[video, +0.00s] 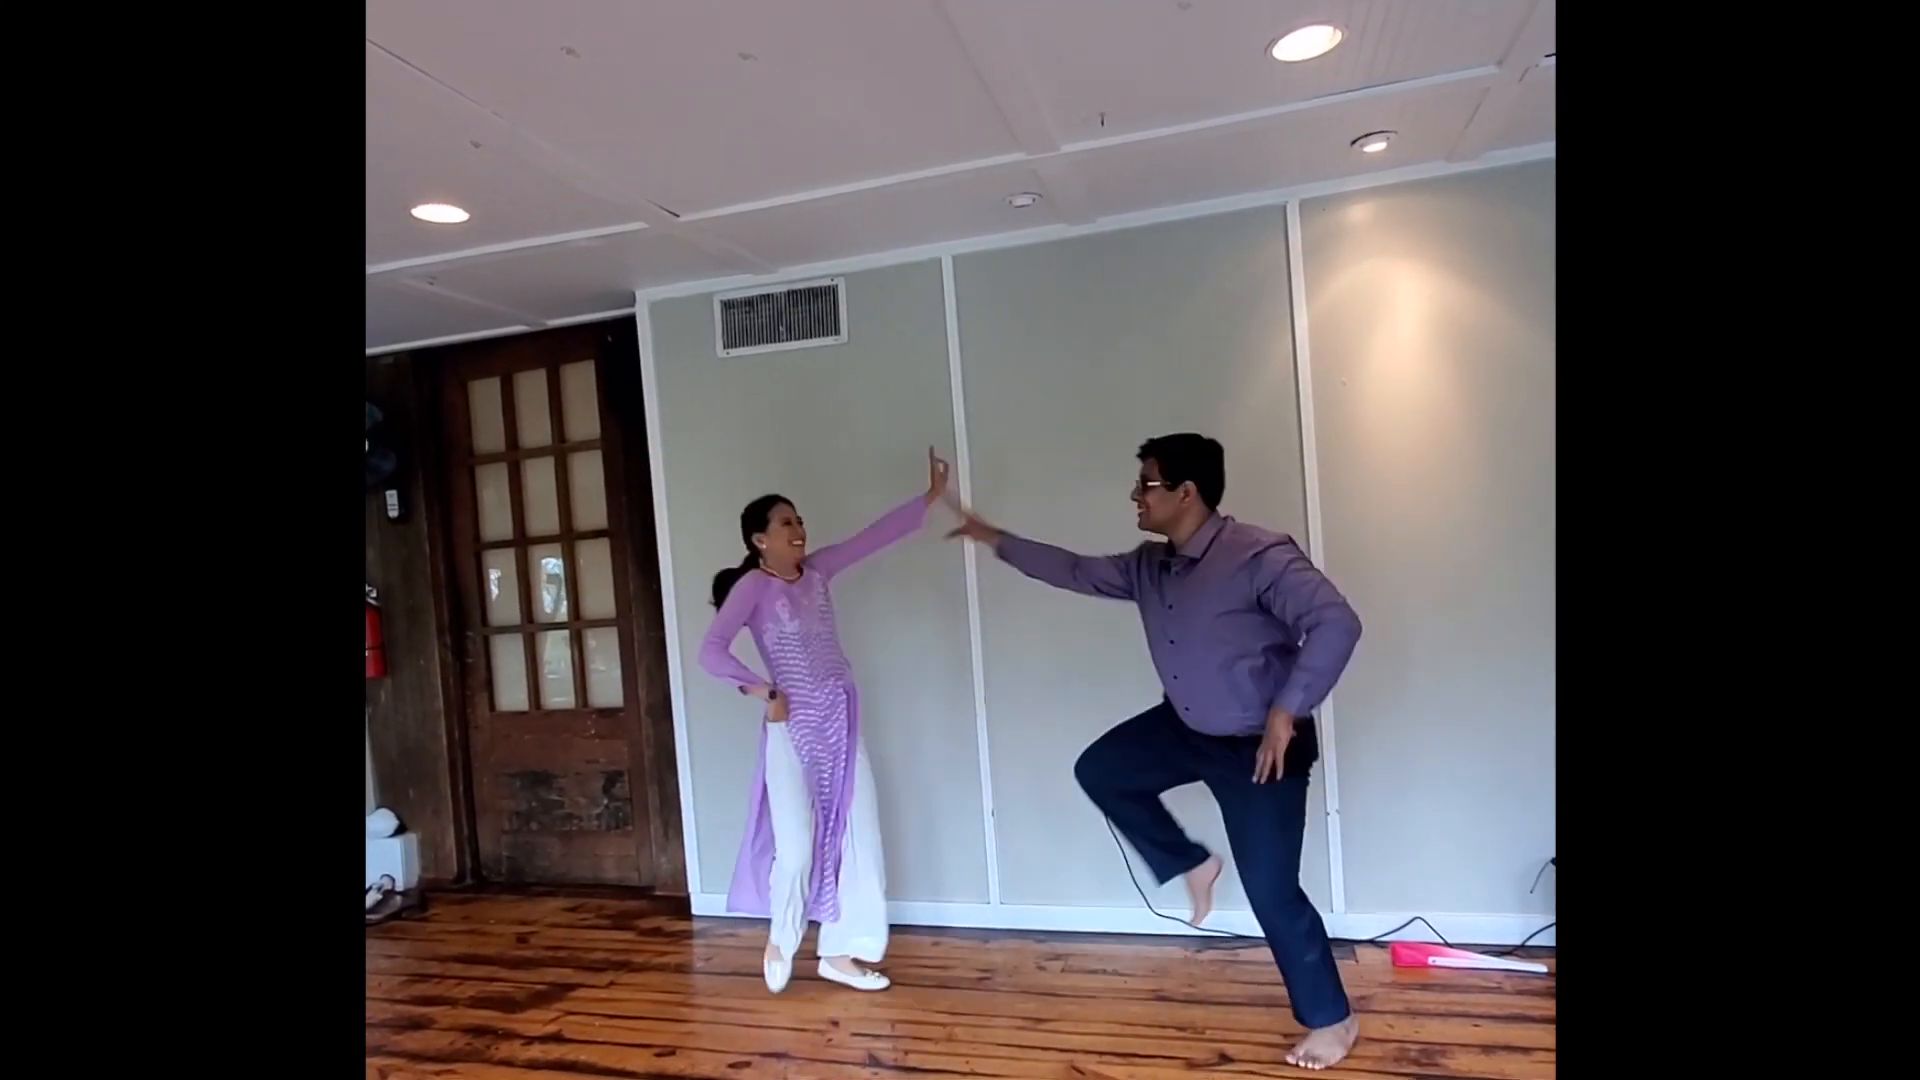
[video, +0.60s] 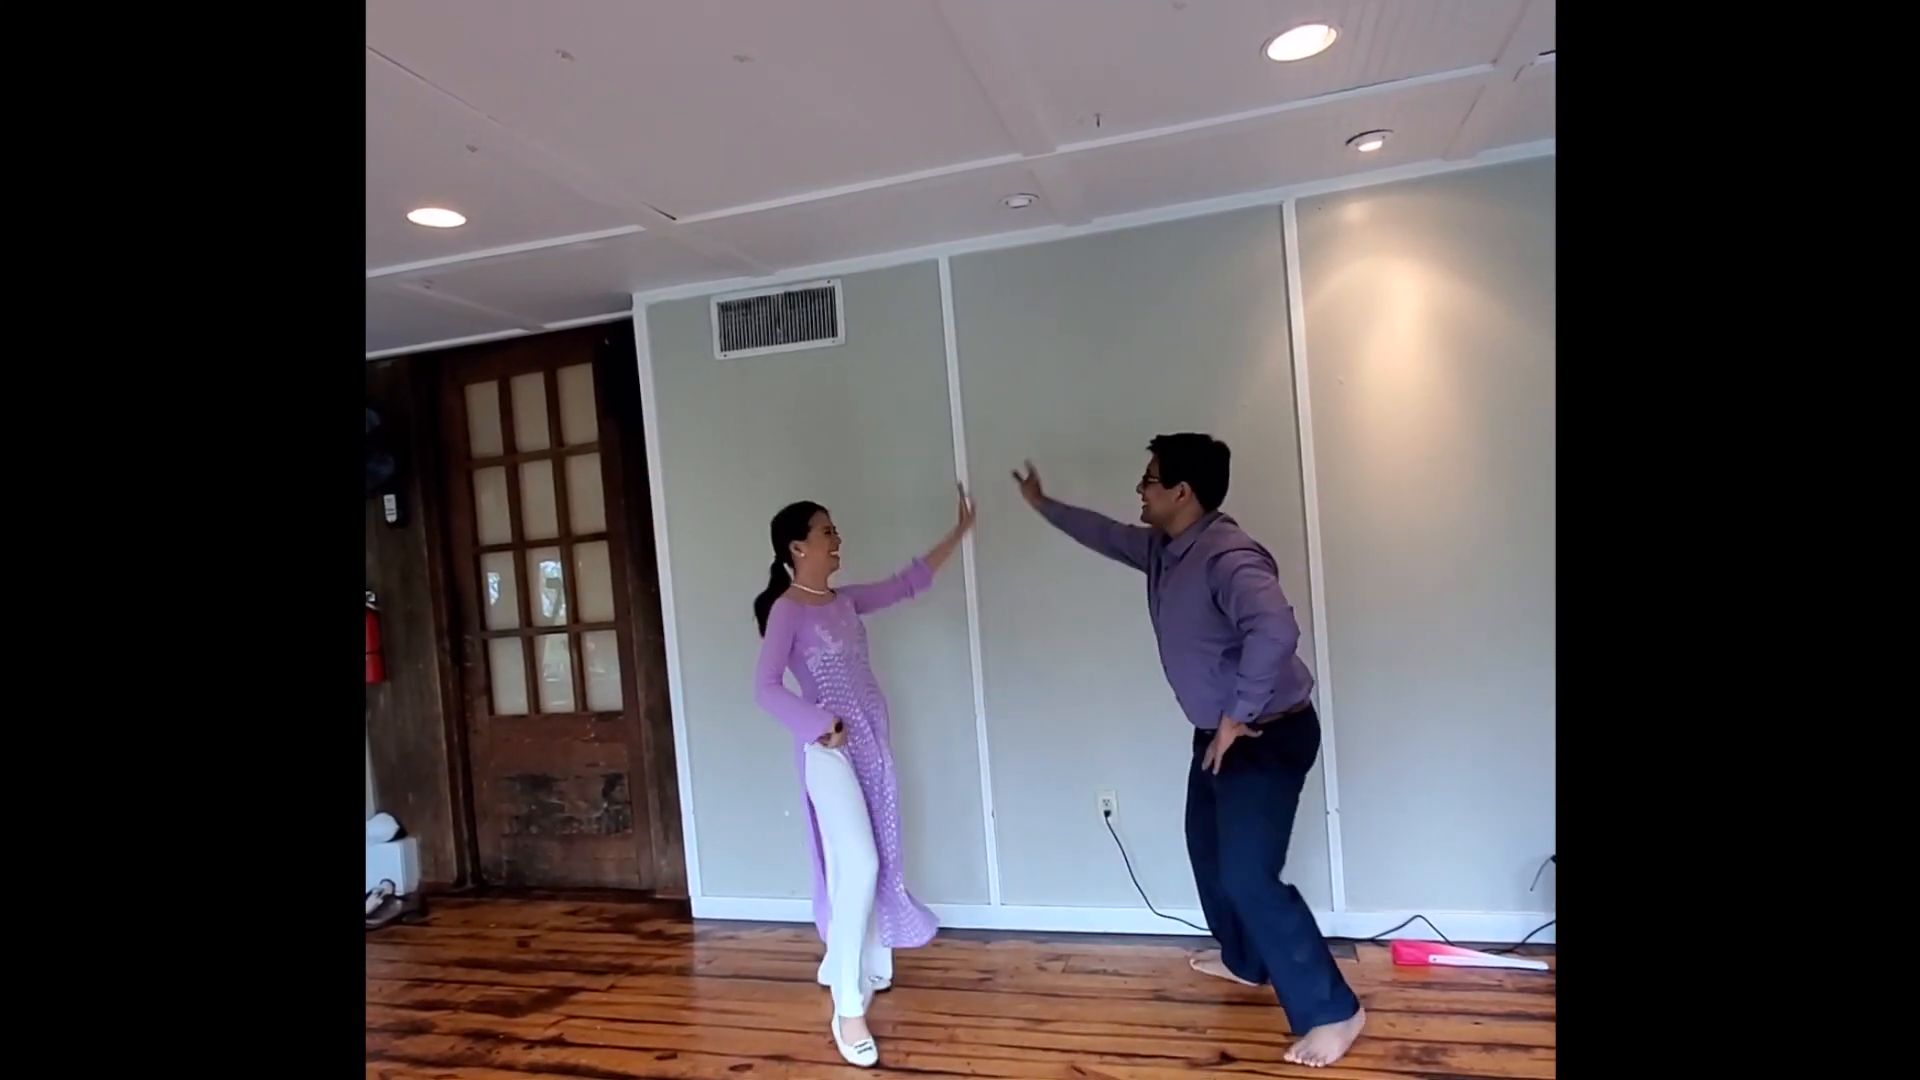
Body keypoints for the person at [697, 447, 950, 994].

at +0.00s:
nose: (799, 529)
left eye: (798, 521)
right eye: (787, 524)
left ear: (801, 532)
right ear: (760, 540)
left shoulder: (819, 571)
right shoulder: (752, 588)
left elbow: (876, 536)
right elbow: (710, 651)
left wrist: (930, 496)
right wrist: (764, 688)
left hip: (843, 720)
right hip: (791, 726)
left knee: (853, 835)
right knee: (798, 844)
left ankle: (835, 954)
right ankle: (781, 943)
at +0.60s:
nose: (839, 542)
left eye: (836, 534)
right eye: (827, 535)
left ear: (820, 547)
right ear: (795, 549)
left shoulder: (846, 599)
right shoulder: (788, 610)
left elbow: (908, 583)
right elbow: (765, 687)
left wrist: (959, 531)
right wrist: (816, 723)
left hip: (869, 744)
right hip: (830, 749)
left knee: (872, 854)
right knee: (858, 860)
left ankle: (846, 959)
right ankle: (849, 1005)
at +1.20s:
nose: (908, 554)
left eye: (901, 546)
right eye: (895, 550)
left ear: (879, 573)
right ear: (866, 573)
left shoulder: (901, 648)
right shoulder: (833, 629)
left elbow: (944, 725)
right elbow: (762, 692)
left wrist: (995, 722)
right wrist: (794, 755)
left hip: (872, 786)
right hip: (826, 785)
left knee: (923, 897)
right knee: (887, 902)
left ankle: (810, 926)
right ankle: (881, 1047)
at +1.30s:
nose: (913, 541)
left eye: (907, 534)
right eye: (900, 536)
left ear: (886, 559)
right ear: (871, 559)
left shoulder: (915, 628)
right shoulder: (842, 612)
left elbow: (953, 714)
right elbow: (765, 673)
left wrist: (996, 706)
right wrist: (796, 740)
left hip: (879, 777)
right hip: (827, 776)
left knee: (876, 898)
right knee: (879, 900)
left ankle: (779, 955)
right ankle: (884, 1053)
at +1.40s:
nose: (920, 528)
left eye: (914, 520)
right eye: (906, 523)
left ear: (897, 544)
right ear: (876, 544)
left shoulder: (925, 603)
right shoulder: (850, 593)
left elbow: (953, 689)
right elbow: (775, 653)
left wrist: (995, 673)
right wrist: (807, 727)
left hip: (886, 759)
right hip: (836, 756)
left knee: (861, 891)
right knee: (871, 890)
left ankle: (758, 999)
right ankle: (879, 1047)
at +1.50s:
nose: (928, 532)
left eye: (924, 523)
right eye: (916, 525)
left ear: (899, 542)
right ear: (885, 543)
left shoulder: (924, 605)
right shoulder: (849, 601)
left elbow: (951, 681)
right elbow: (780, 662)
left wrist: (998, 659)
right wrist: (817, 727)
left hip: (896, 769)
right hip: (849, 764)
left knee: (872, 899)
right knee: (879, 898)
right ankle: (872, 1048)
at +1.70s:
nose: (940, 552)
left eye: (935, 543)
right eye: (928, 545)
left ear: (904, 561)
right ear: (896, 560)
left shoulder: (929, 633)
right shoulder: (871, 623)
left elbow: (961, 712)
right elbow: (815, 700)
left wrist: (1024, 709)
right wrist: (857, 762)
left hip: (902, 783)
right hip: (862, 783)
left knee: (933, 891)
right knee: (916, 903)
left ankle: (841, 954)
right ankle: (881, 1050)